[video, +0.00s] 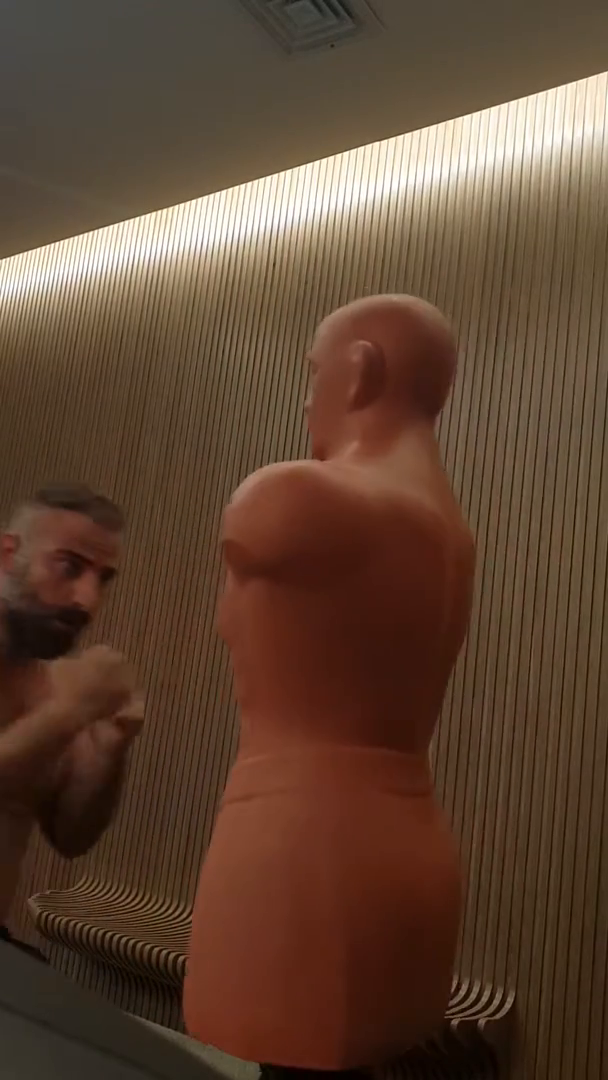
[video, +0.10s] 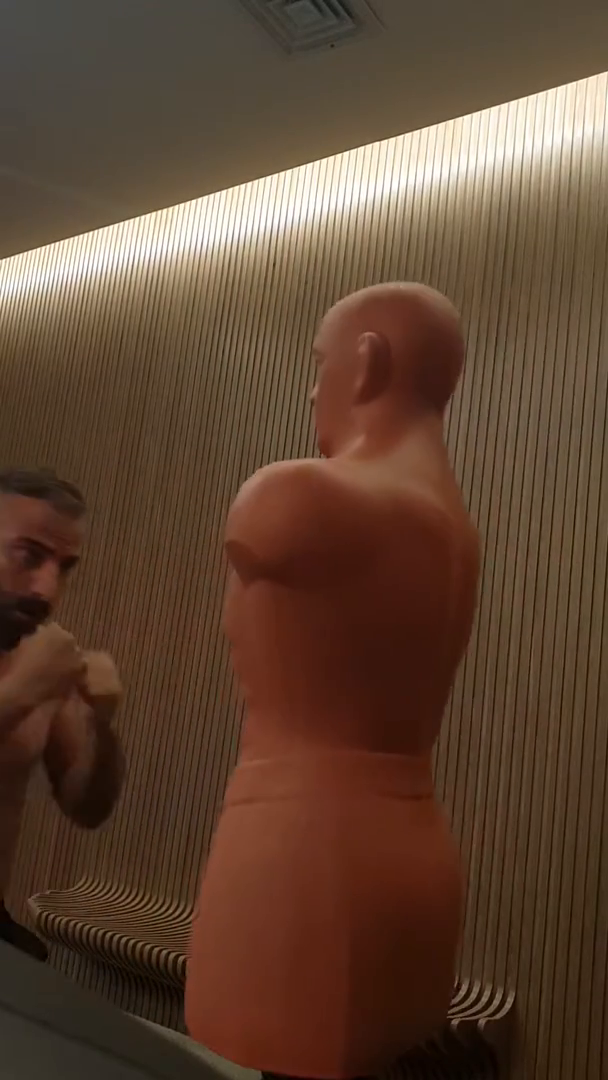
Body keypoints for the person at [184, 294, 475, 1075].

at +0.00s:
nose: (308, 401)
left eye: (315, 372)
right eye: (310, 374)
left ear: (360, 374)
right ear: (437, 398)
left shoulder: (287, 501)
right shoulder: (451, 535)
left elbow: (233, 625)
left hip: (297, 858)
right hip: (408, 845)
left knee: (261, 1062)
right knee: (368, 1060)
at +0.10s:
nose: (313, 394)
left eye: (321, 365)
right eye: (315, 368)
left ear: (368, 365)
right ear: (442, 387)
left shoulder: (293, 500)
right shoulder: (455, 532)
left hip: (299, 863)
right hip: (409, 848)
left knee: (263, 1064)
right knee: (367, 1063)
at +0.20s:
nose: (349, 390)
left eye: (359, 364)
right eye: (353, 366)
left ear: (410, 367)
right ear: (473, 391)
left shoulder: (327, 502)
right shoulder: (484, 536)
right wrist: (283, 610)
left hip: (318, 868)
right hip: (428, 856)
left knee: (274, 1065)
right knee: (390, 1064)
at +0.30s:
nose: (385, 394)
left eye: (395, 371)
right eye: (389, 372)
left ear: (442, 375)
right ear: (512, 402)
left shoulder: (358, 504)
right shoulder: (513, 547)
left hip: (336, 868)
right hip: (444, 859)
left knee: (282, 1063)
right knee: (403, 1064)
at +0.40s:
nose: (390, 404)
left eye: (400, 380)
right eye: (393, 381)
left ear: (447, 384)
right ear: (516, 410)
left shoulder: (364, 505)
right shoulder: (515, 549)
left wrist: (406, 472)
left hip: (343, 858)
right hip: (446, 852)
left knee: (313, 1063)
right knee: (400, 1065)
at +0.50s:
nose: (399, 387)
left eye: (413, 361)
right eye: (406, 362)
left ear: (464, 368)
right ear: (530, 391)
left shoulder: (367, 506)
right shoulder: (524, 543)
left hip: (338, 880)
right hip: (447, 869)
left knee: (288, 1066)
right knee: (397, 1067)